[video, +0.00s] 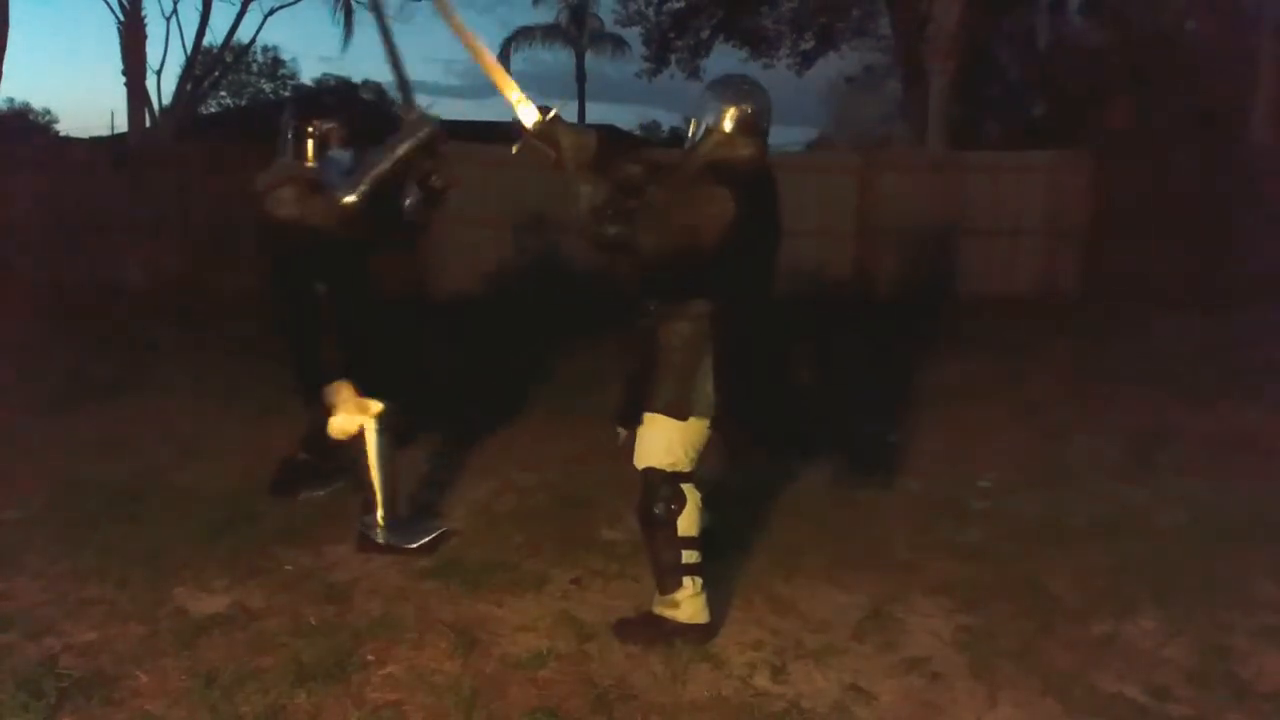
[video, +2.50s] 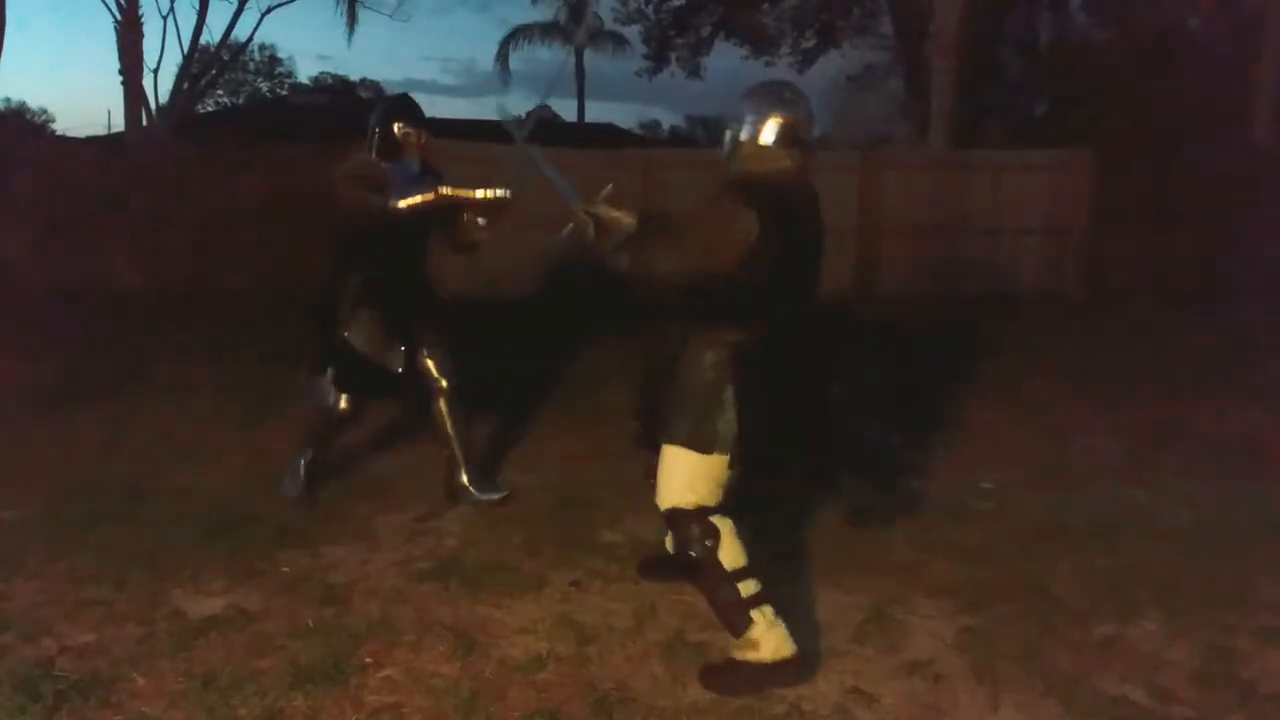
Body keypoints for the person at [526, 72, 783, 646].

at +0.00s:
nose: (694, 125)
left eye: (705, 116)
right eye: (698, 116)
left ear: (729, 119)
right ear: (741, 119)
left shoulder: (733, 182)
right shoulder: (708, 169)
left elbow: (664, 237)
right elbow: (636, 158)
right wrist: (559, 135)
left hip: (702, 336)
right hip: (682, 331)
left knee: (665, 466)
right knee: (659, 456)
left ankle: (683, 606)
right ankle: (678, 596)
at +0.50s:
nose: (698, 125)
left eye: (707, 114)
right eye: (703, 114)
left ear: (728, 116)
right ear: (757, 118)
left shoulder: (730, 182)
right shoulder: (752, 177)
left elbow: (680, 245)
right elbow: (681, 235)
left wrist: (608, 246)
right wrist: (615, 237)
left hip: (701, 343)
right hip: (715, 337)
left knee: (659, 481)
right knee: (675, 471)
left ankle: (683, 612)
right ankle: (685, 605)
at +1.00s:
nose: (712, 129)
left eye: (719, 119)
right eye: (718, 119)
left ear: (734, 123)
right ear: (773, 125)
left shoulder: (740, 183)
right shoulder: (775, 178)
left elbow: (686, 242)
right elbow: (693, 216)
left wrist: (620, 215)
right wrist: (631, 203)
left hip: (719, 333)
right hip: (749, 329)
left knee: (683, 467)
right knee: (716, 433)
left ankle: (687, 607)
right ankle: (728, 528)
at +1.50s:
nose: (733, 129)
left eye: (742, 117)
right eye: (740, 116)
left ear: (762, 123)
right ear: (791, 125)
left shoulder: (760, 188)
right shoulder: (790, 184)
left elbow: (729, 273)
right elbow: (734, 268)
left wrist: (659, 268)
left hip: (744, 354)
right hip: (763, 346)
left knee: (726, 491)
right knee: (730, 474)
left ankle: (757, 637)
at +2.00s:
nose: (750, 135)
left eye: (754, 123)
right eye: (757, 124)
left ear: (756, 125)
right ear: (806, 124)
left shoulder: (762, 189)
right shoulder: (816, 186)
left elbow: (722, 262)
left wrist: (656, 260)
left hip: (746, 348)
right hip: (781, 342)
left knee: (729, 490)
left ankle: (761, 643)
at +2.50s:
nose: (729, 139)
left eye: (738, 128)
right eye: (735, 127)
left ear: (755, 133)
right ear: (791, 134)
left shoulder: (753, 202)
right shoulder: (785, 196)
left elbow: (692, 263)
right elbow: (703, 240)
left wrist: (615, 247)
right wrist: (637, 226)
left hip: (728, 363)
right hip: (756, 355)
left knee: (689, 503)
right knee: (695, 456)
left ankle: (768, 645)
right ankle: (690, 551)